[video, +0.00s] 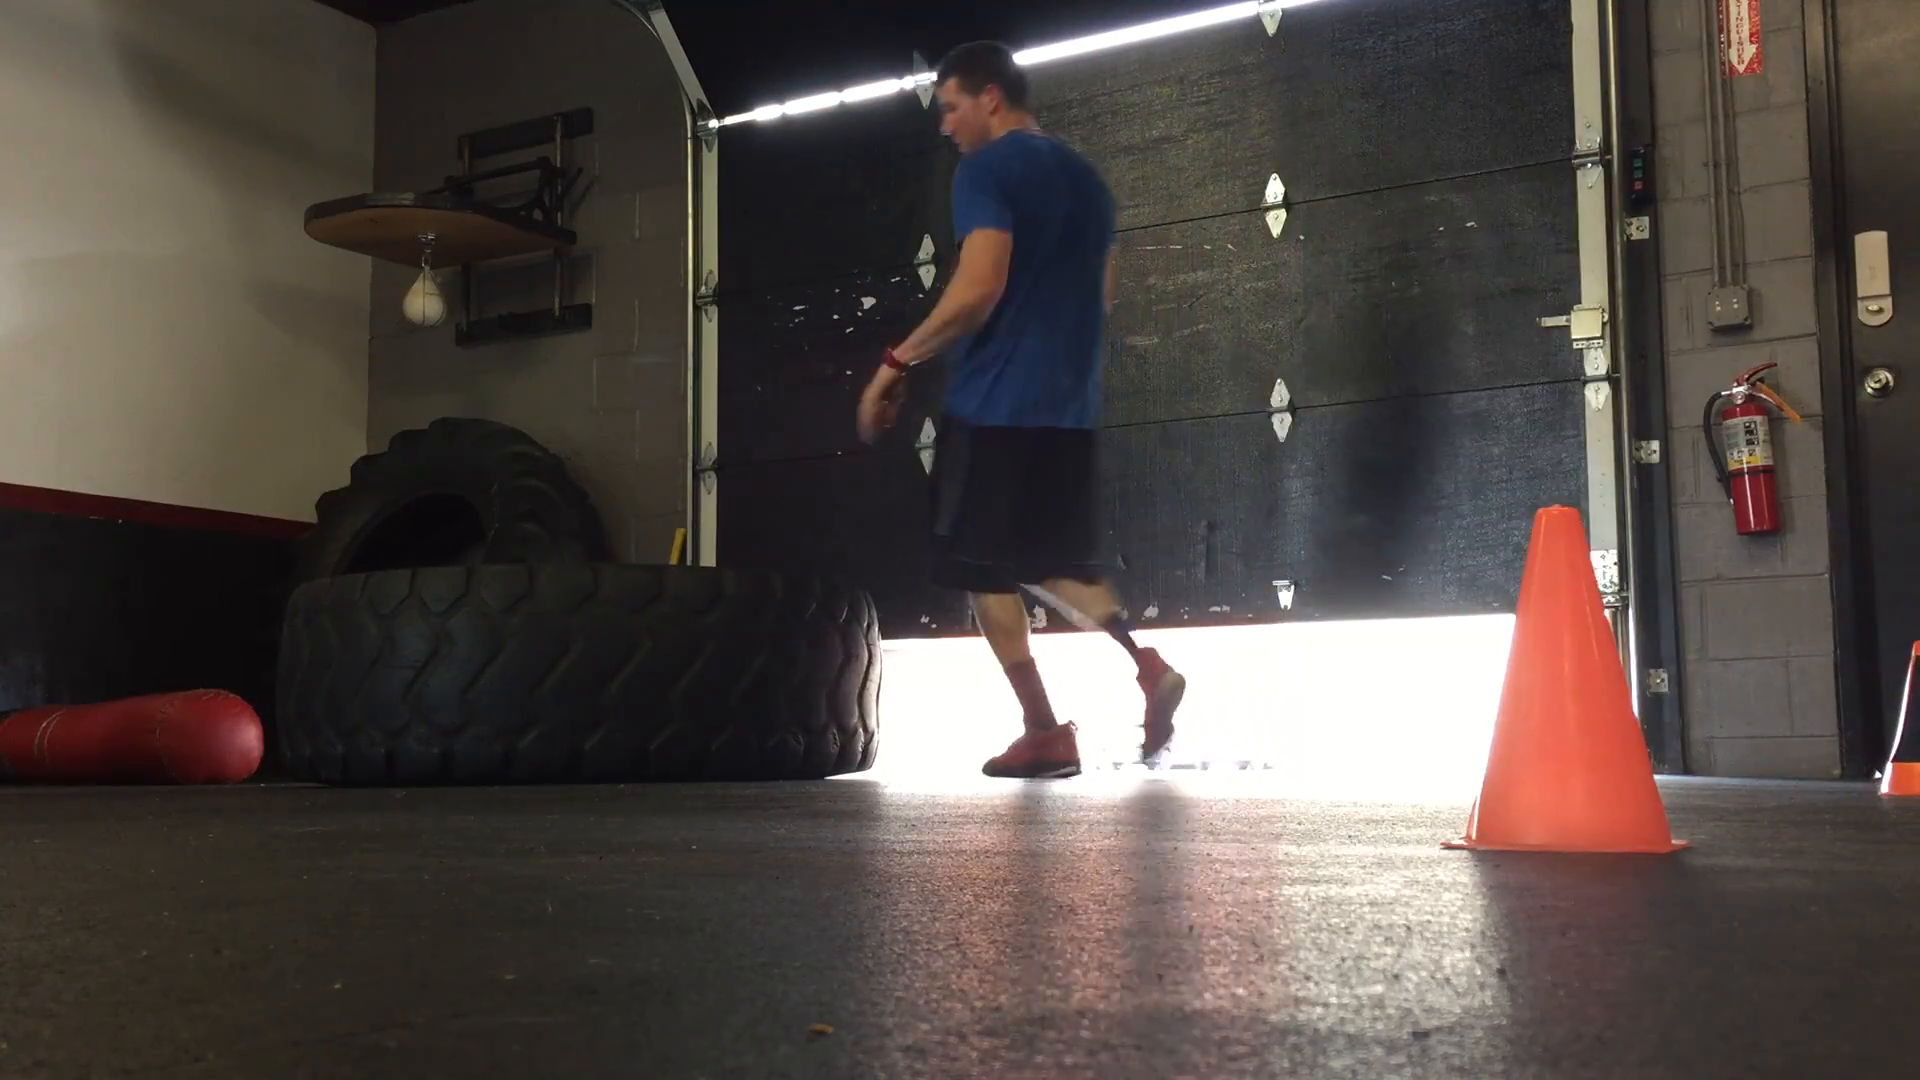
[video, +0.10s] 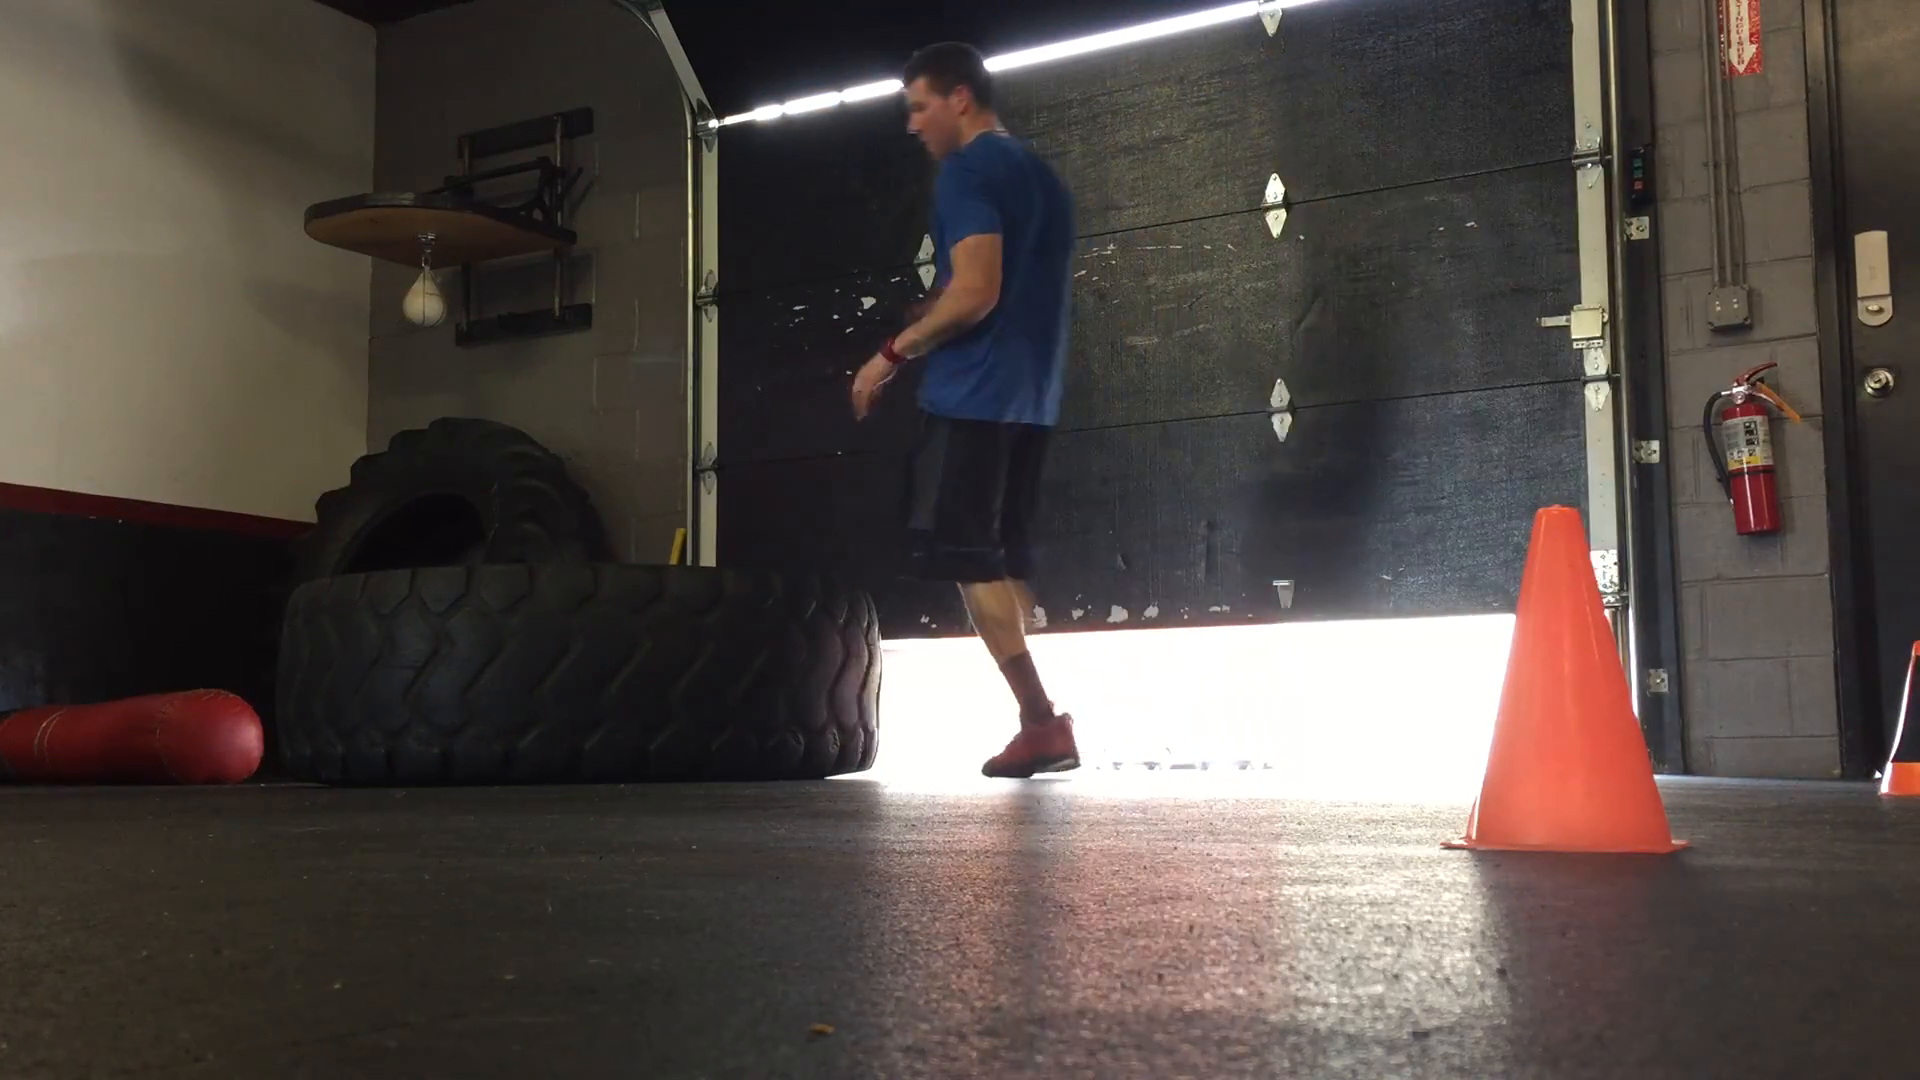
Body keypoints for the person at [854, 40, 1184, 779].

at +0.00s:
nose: (946, 127)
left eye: (950, 109)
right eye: (943, 112)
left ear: (990, 98)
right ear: (1001, 101)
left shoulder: (988, 168)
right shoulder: (1088, 179)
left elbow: (977, 288)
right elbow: (1099, 300)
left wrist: (898, 361)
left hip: (994, 408)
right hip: (1068, 408)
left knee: (980, 562)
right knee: (1049, 558)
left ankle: (1044, 730)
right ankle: (1150, 666)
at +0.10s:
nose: (913, 125)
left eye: (918, 108)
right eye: (910, 111)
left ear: (961, 97)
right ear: (972, 99)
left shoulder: (971, 169)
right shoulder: (1040, 175)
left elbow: (975, 289)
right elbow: (1029, 297)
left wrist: (891, 354)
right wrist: (930, 330)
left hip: (979, 395)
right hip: (1029, 395)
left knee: (967, 551)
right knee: (999, 553)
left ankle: (1040, 723)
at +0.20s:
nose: (882, 134)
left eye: (891, 118)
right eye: (880, 120)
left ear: (933, 111)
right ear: (935, 116)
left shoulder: (953, 180)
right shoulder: (977, 181)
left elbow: (962, 294)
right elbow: (966, 303)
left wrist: (889, 329)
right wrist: (904, 355)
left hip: (962, 402)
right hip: (960, 399)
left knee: (944, 555)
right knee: (922, 556)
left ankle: (1040, 715)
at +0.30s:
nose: (859, 166)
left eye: (868, 150)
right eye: (856, 153)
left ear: (911, 144)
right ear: (901, 149)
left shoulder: (939, 210)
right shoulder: (916, 216)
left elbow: (961, 326)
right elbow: (921, 328)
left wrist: (873, 346)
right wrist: (866, 387)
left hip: (937, 425)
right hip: (908, 424)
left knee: (917, 578)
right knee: (883, 575)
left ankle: (1042, 709)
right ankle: (906, 731)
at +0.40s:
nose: (841, 178)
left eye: (852, 164)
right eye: (837, 166)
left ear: (893, 159)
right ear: (865, 166)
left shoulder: (929, 228)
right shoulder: (874, 233)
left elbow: (960, 343)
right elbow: (873, 346)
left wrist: (860, 375)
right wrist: (821, 402)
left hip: (916, 437)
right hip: (876, 431)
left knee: (882, 575)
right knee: (857, 575)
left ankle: (1022, 687)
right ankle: (901, 731)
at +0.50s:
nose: (825, 171)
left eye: (834, 157)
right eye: (819, 159)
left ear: (875, 144)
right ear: (820, 154)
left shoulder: (922, 217)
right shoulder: (828, 210)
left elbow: (948, 333)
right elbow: (829, 306)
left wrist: (853, 378)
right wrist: (797, 382)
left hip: (906, 405)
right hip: (847, 404)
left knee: (877, 541)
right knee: (830, 555)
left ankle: (962, 702)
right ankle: (887, 711)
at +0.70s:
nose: (772, 221)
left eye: (783, 206)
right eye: (763, 209)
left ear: (821, 194)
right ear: (757, 204)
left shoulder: (876, 260)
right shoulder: (763, 266)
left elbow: (882, 384)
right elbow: (764, 370)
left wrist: (823, 482)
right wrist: (756, 469)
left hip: (894, 419)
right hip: (817, 415)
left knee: (885, 557)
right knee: (791, 553)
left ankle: (909, 726)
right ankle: (805, 715)